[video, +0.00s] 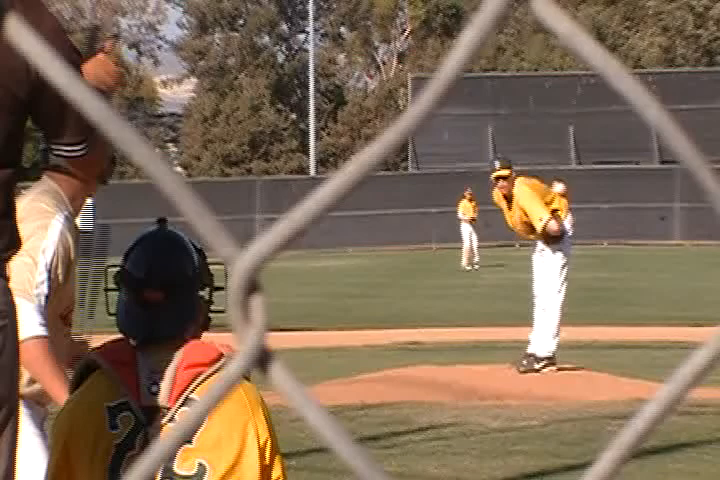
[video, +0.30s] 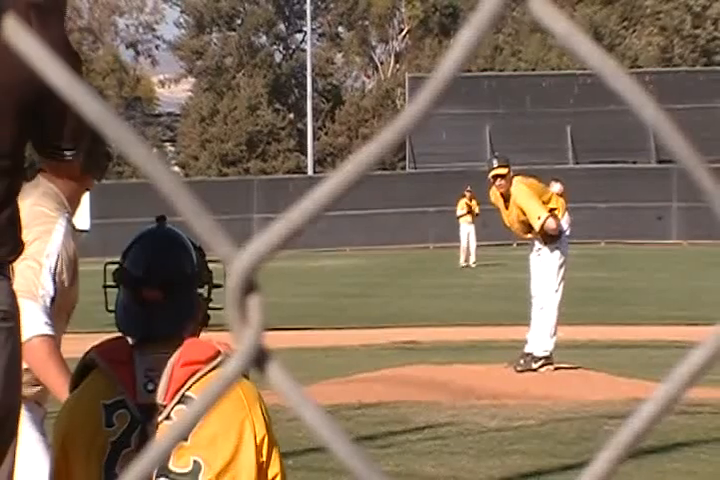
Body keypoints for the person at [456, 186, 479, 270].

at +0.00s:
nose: (469, 196)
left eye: (470, 194)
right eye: (467, 194)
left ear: (472, 195)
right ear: (465, 194)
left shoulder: (473, 203)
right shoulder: (463, 203)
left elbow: (476, 212)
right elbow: (459, 214)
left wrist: (474, 217)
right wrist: (466, 218)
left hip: (472, 222)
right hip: (465, 222)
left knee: (475, 242)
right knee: (467, 243)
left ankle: (475, 261)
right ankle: (465, 262)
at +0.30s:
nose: (468, 194)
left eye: (470, 192)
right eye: (467, 192)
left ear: (472, 193)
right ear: (464, 193)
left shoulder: (473, 201)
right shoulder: (462, 202)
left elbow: (477, 211)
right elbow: (458, 213)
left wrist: (472, 209)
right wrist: (466, 211)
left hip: (471, 223)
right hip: (464, 223)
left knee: (473, 243)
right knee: (464, 243)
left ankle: (472, 261)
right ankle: (462, 261)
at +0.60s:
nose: (466, 193)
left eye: (467, 192)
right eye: (465, 191)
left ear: (469, 193)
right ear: (463, 192)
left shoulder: (472, 201)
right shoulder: (460, 201)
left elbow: (475, 211)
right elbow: (456, 213)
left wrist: (469, 210)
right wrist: (463, 209)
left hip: (469, 223)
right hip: (462, 223)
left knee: (471, 242)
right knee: (460, 243)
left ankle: (471, 260)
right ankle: (457, 260)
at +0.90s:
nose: (459, 195)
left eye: (460, 193)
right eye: (458, 193)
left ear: (463, 194)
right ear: (456, 194)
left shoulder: (467, 202)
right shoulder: (454, 203)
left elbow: (472, 211)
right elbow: (452, 215)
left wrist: (463, 209)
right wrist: (456, 210)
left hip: (465, 224)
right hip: (457, 224)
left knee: (468, 244)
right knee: (456, 244)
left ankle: (471, 261)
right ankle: (456, 261)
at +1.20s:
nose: (453, 195)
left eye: (455, 193)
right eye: (452, 193)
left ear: (457, 193)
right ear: (450, 194)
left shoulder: (461, 200)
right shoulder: (450, 202)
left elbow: (465, 209)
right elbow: (447, 214)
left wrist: (456, 207)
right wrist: (449, 210)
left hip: (460, 223)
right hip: (452, 223)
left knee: (464, 242)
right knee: (453, 243)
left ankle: (468, 260)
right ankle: (455, 261)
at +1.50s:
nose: (452, 194)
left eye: (453, 192)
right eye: (451, 192)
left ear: (455, 193)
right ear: (449, 193)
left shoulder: (459, 201)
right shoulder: (449, 201)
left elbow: (463, 210)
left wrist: (454, 209)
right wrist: (445, 213)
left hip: (458, 222)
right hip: (451, 222)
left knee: (458, 241)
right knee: (452, 242)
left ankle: (459, 260)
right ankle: (454, 260)